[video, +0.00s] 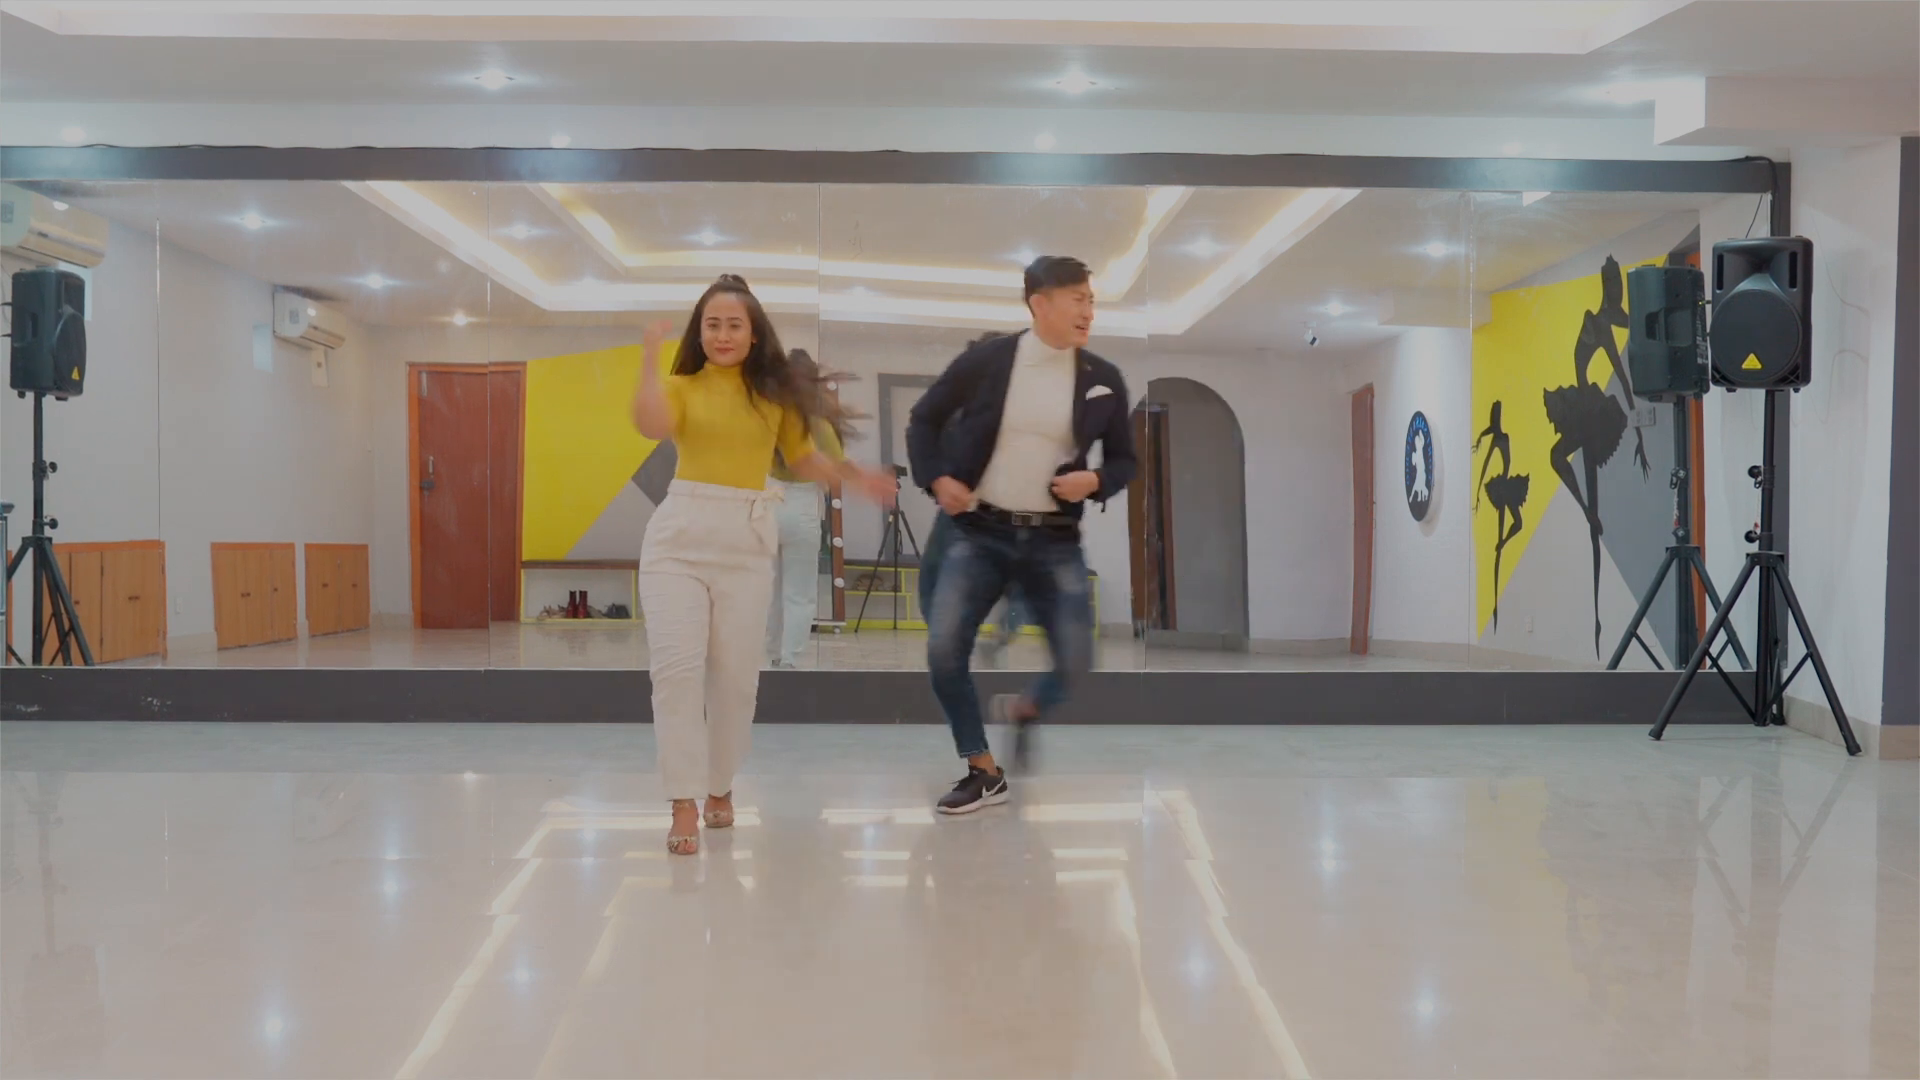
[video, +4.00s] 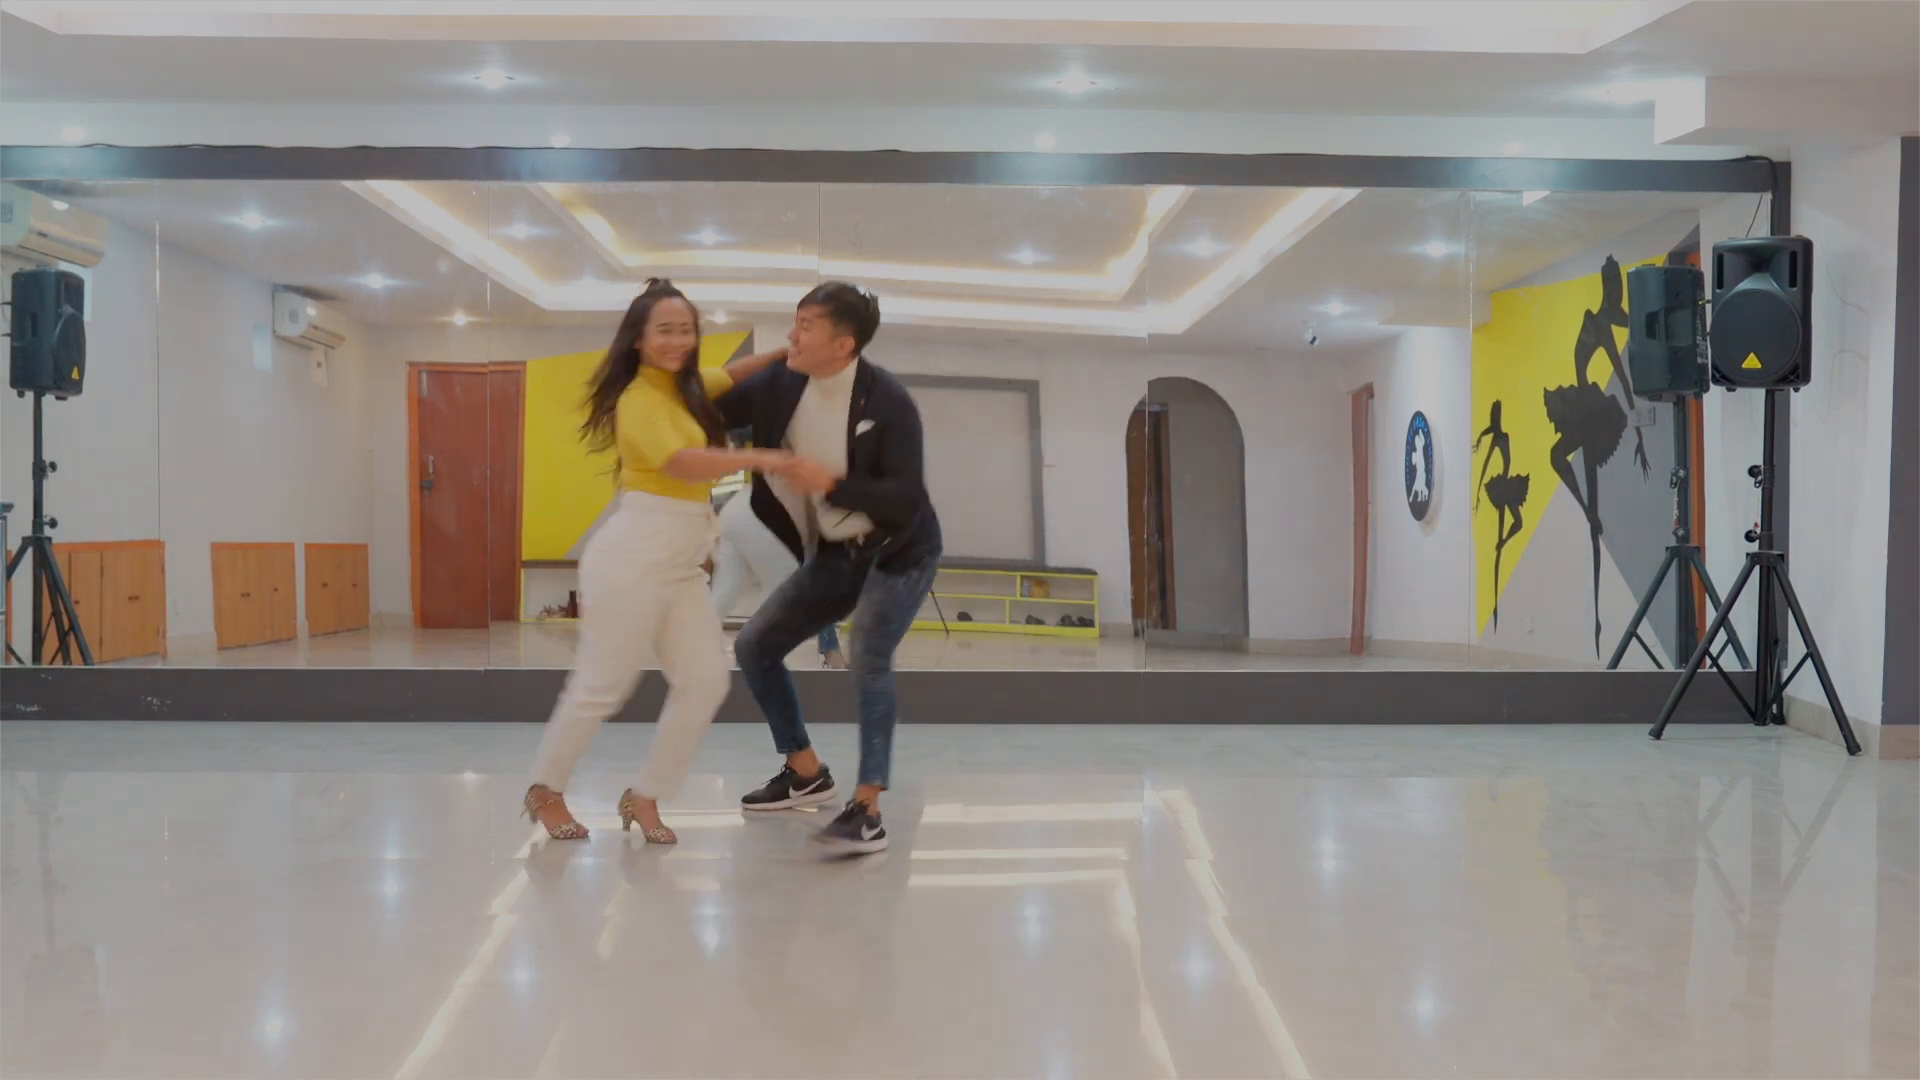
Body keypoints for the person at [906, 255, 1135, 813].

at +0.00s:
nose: (1089, 312)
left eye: (1091, 302)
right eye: (1077, 301)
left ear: (1090, 306)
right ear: (1037, 304)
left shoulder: (1102, 379)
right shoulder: (985, 360)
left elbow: (1124, 461)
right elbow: (924, 418)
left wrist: (1097, 481)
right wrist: (934, 478)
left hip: (1054, 540)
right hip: (978, 531)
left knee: (1073, 668)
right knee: (943, 651)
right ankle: (982, 768)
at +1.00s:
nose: (927, 282)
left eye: (939, 270)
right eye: (916, 272)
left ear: (964, 276)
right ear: (904, 281)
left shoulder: (1007, 343)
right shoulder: (896, 353)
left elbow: (1062, 407)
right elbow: (869, 438)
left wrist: (1031, 468)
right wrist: (897, 438)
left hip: (982, 510)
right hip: (917, 513)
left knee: (953, 621)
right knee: (917, 647)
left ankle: (996, 703)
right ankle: (973, 769)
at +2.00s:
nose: (962, 296)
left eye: (973, 285)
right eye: (951, 285)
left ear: (991, 293)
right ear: (935, 295)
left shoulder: (1021, 358)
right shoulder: (905, 368)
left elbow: (1079, 421)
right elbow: (857, 449)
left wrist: (1065, 468)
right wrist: (908, 506)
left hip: (1011, 518)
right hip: (937, 523)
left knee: (1003, 643)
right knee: (933, 632)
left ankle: (986, 744)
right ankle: (958, 753)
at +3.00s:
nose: (952, 303)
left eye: (963, 292)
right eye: (939, 291)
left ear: (976, 299)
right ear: (918, 298)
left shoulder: (1008, 366)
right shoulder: (885, 373)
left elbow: (1059, 433)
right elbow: (849, 454)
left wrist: (1025, 492)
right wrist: (894, 484)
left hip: (982, 542)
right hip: (901, 539)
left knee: (1029, 661)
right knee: (820, 639)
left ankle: (1058, 763)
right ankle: (777, 757)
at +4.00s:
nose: (793, 335)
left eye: (807, 327)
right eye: (796, 323)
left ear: (845, 345)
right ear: (797, 328)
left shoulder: (888, 401)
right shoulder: (776, 383)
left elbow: (905, 498)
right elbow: (711, 418)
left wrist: (832, 484)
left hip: (901, 549)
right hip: (837, 551)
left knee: (870, 656)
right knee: (756, 646)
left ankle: (867, 807)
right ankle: (804, 767)